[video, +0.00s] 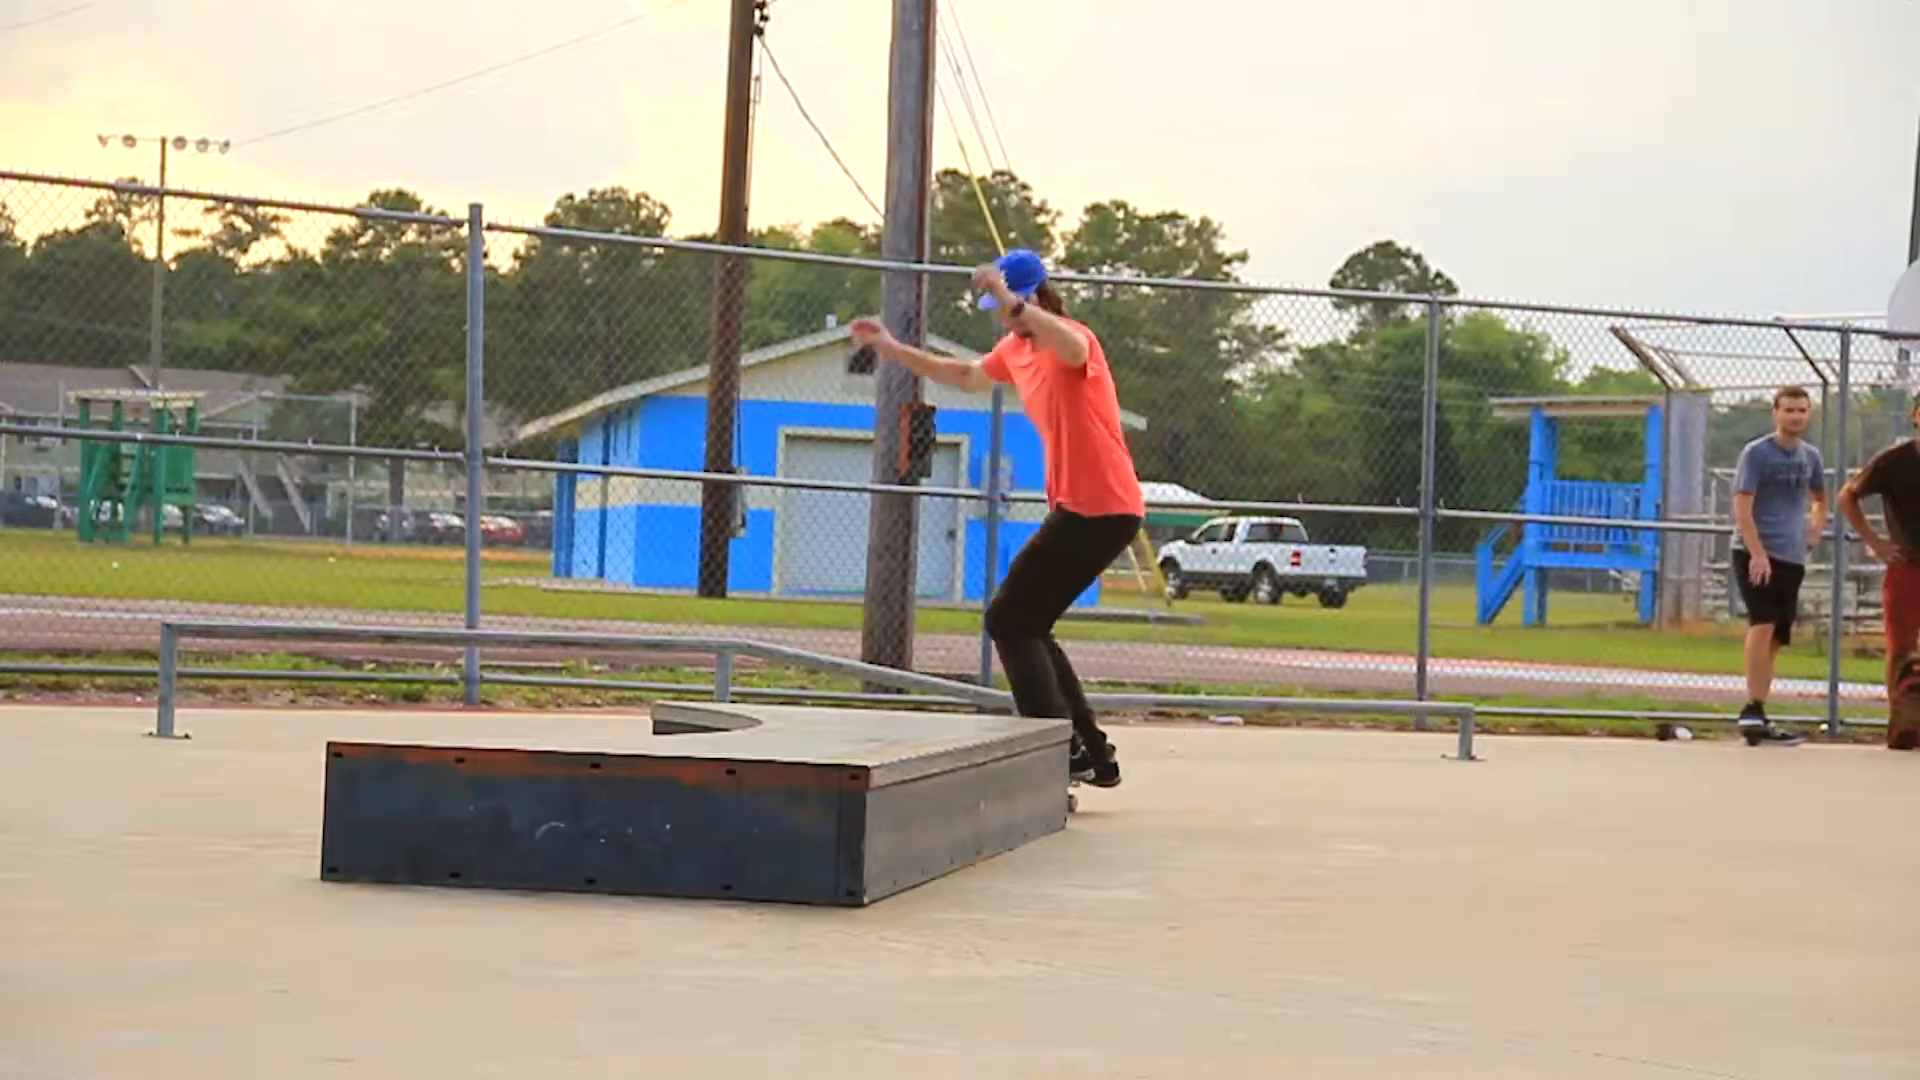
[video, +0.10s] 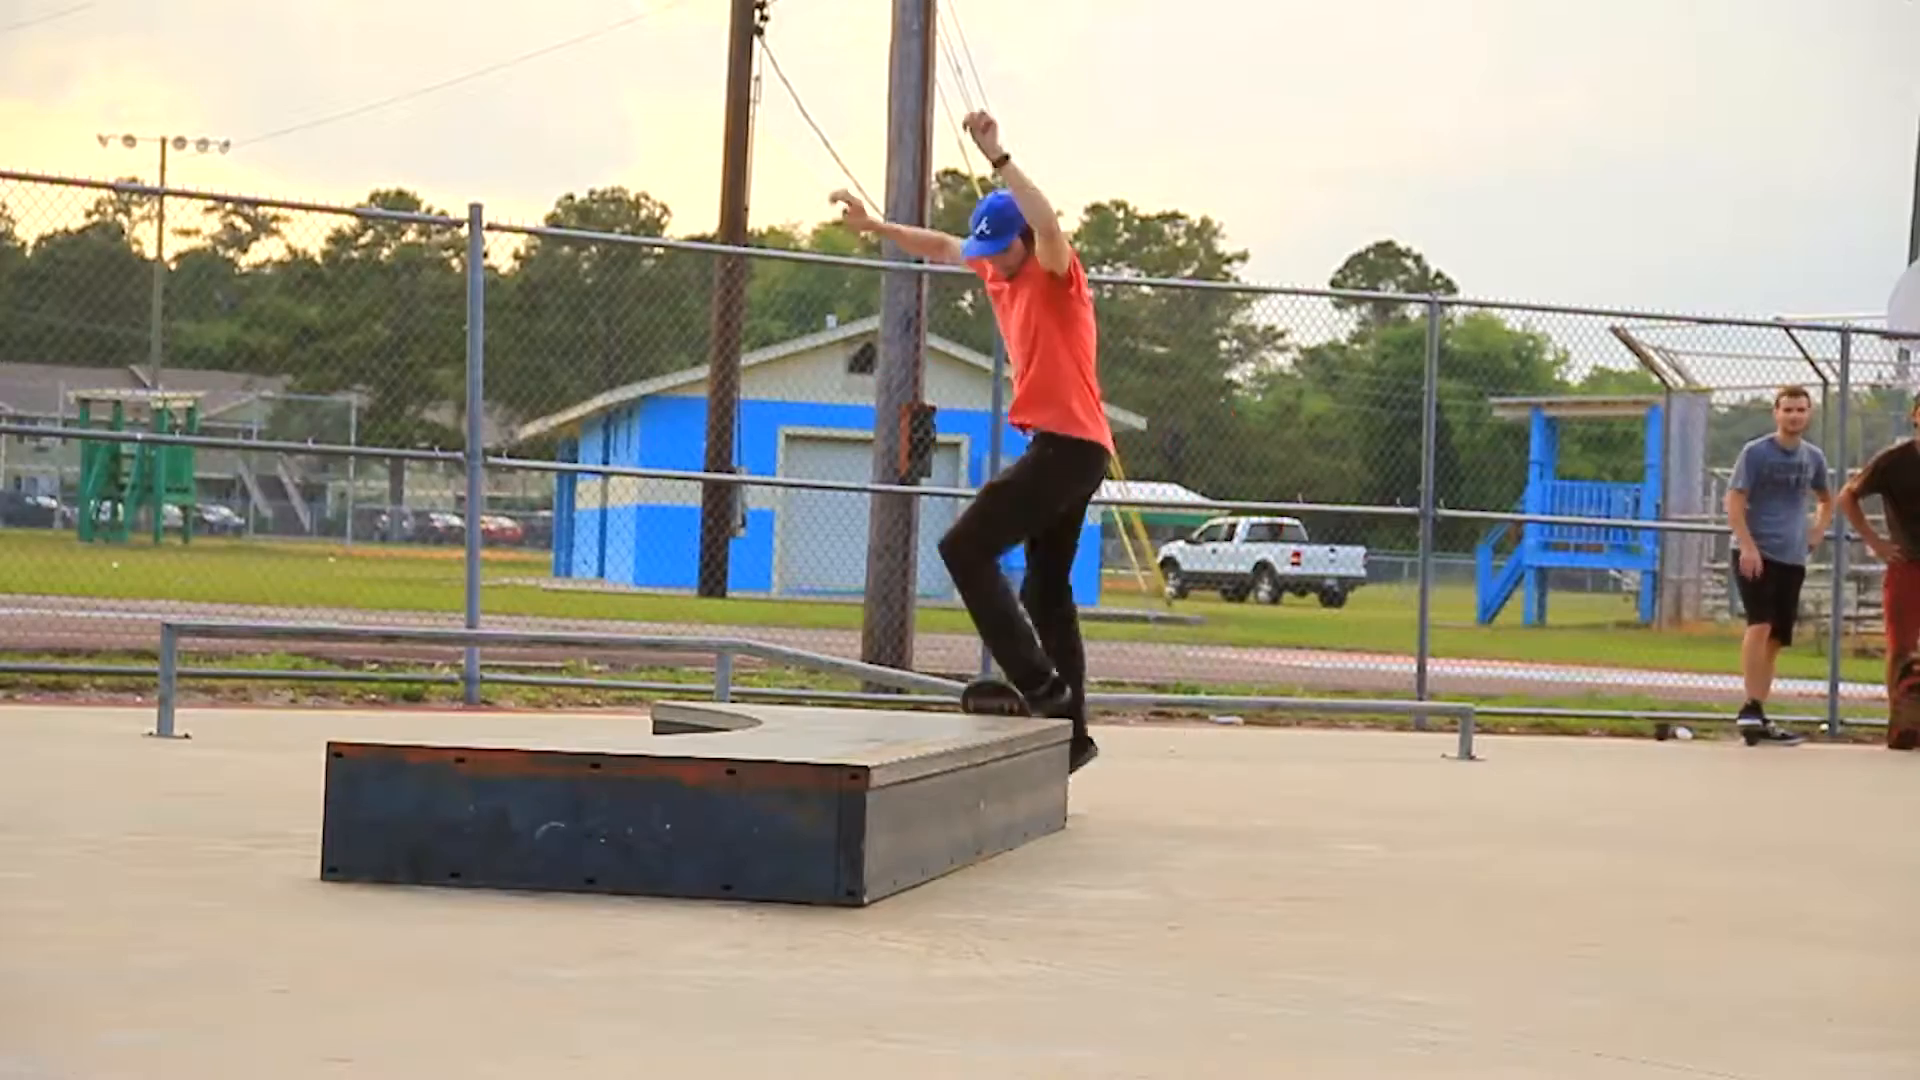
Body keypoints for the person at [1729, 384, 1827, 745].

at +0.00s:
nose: (1795, 417)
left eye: (1801, 411)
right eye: (1789, 410)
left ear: (1809, 416)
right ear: (1775, 413)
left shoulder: (1810, 456)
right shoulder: (1756, 453)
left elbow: (1820, 499)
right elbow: (1741, 505)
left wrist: (1817, 527)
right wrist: (1757, 552)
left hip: (1792, 555)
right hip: (1756, 550)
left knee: (1777, 635)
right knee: (1763, 623)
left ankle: (1758, 708)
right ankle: (1752, 707)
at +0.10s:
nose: (1794, 416)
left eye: (1800, 410)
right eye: (1788, 410)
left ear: (1809, 415)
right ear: (1776, 413)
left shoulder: (1813, 457)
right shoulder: (1755, 452)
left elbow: (1826, 500)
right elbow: (1734, 502)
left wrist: (1819, 529)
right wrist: (1747, 545)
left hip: (1792, 556)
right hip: (1756, 552)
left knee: (1776, 637)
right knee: (1760, 624)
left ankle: (1758, 709)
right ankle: (1750, 706)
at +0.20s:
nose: (1795, 416)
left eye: (1801, 410)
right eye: (1789, 409)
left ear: (1810, 415)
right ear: (1777, 412)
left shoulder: (1815, 458)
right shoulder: (1754, 452)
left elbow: (1834, 497)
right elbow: (1722, 494)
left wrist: (1820, 530)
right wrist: (1735, 537)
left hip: (1792, 558)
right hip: (1756, 552)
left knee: (1775, 639)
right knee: (1759, 625)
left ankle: (1758, 711)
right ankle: (1749, 706)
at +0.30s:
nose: (1796, 416)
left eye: (1803, 410)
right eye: (1790, 410)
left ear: (1812, 415)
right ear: (1778, 413)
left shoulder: (1817, 459)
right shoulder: (1754, 451)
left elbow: (1835, 498)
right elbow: (1713, 488)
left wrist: (1821, 529)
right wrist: (1730, 528)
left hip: (1792, 557)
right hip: (1754, 551)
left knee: (1775, 640)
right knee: (1758, 625)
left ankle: (1759, 712)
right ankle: (1747, 706)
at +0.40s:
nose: (1797, 416)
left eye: (1804, 411)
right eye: (1791, 410)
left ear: (1813, 416)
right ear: (1779, 413)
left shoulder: (1817, 459)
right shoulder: (1755, 450)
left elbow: (1835, 498)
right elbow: (1709, 479)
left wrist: (1821, 528)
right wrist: (1728, 521)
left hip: (1792, 557)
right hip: (1754, 550)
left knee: (1774, 641)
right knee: (1757, 625)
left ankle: (1760, 715)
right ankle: (1746, 705)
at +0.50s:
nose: (1798, 416)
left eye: (1805, 411)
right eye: (1792, 410)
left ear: (1813, 416)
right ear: (1780, 413)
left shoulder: (1818, 459)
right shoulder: (1756, 449)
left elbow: (1835, 498)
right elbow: (1705, 472)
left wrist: (1821, 530)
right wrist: (1728, 508)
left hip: (1792, 556)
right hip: (1754, 549)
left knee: (1774, 642)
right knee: (1757, 624)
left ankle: (1760, 715)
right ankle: (1746, 705)